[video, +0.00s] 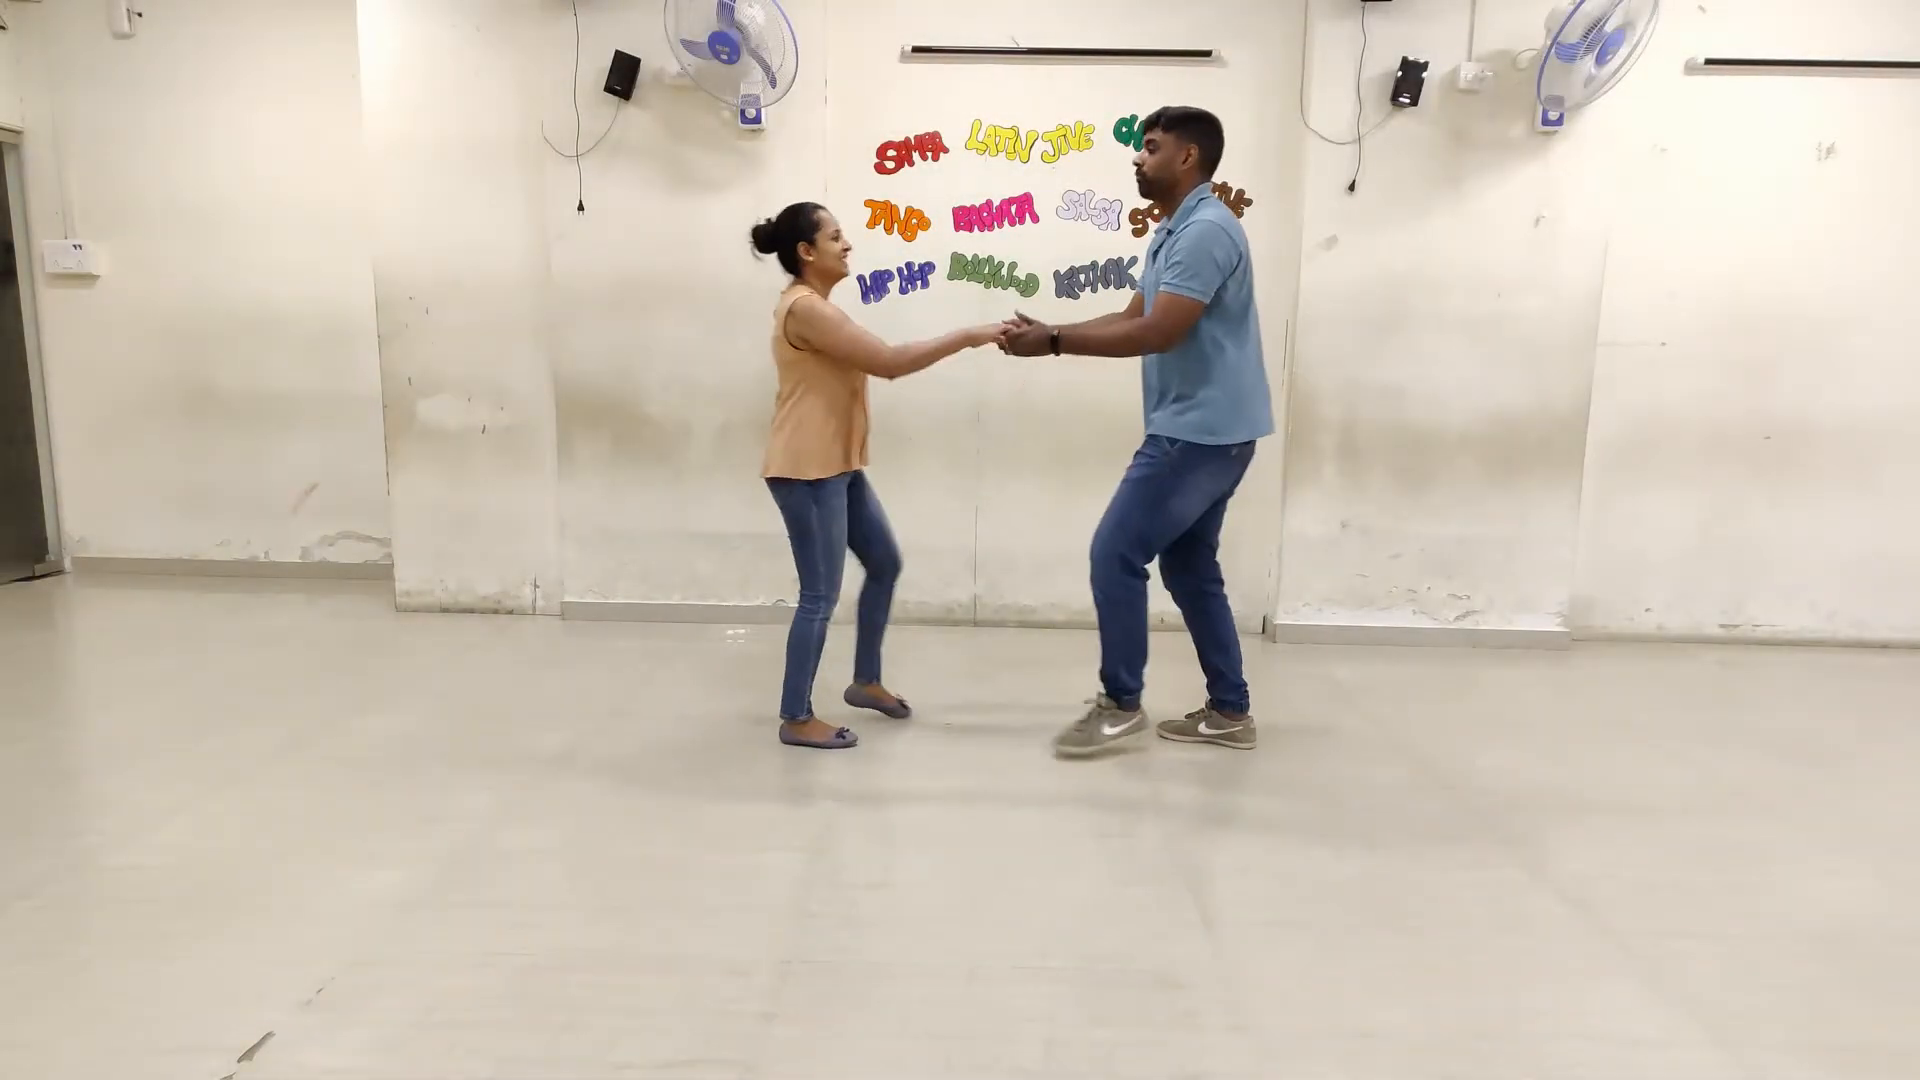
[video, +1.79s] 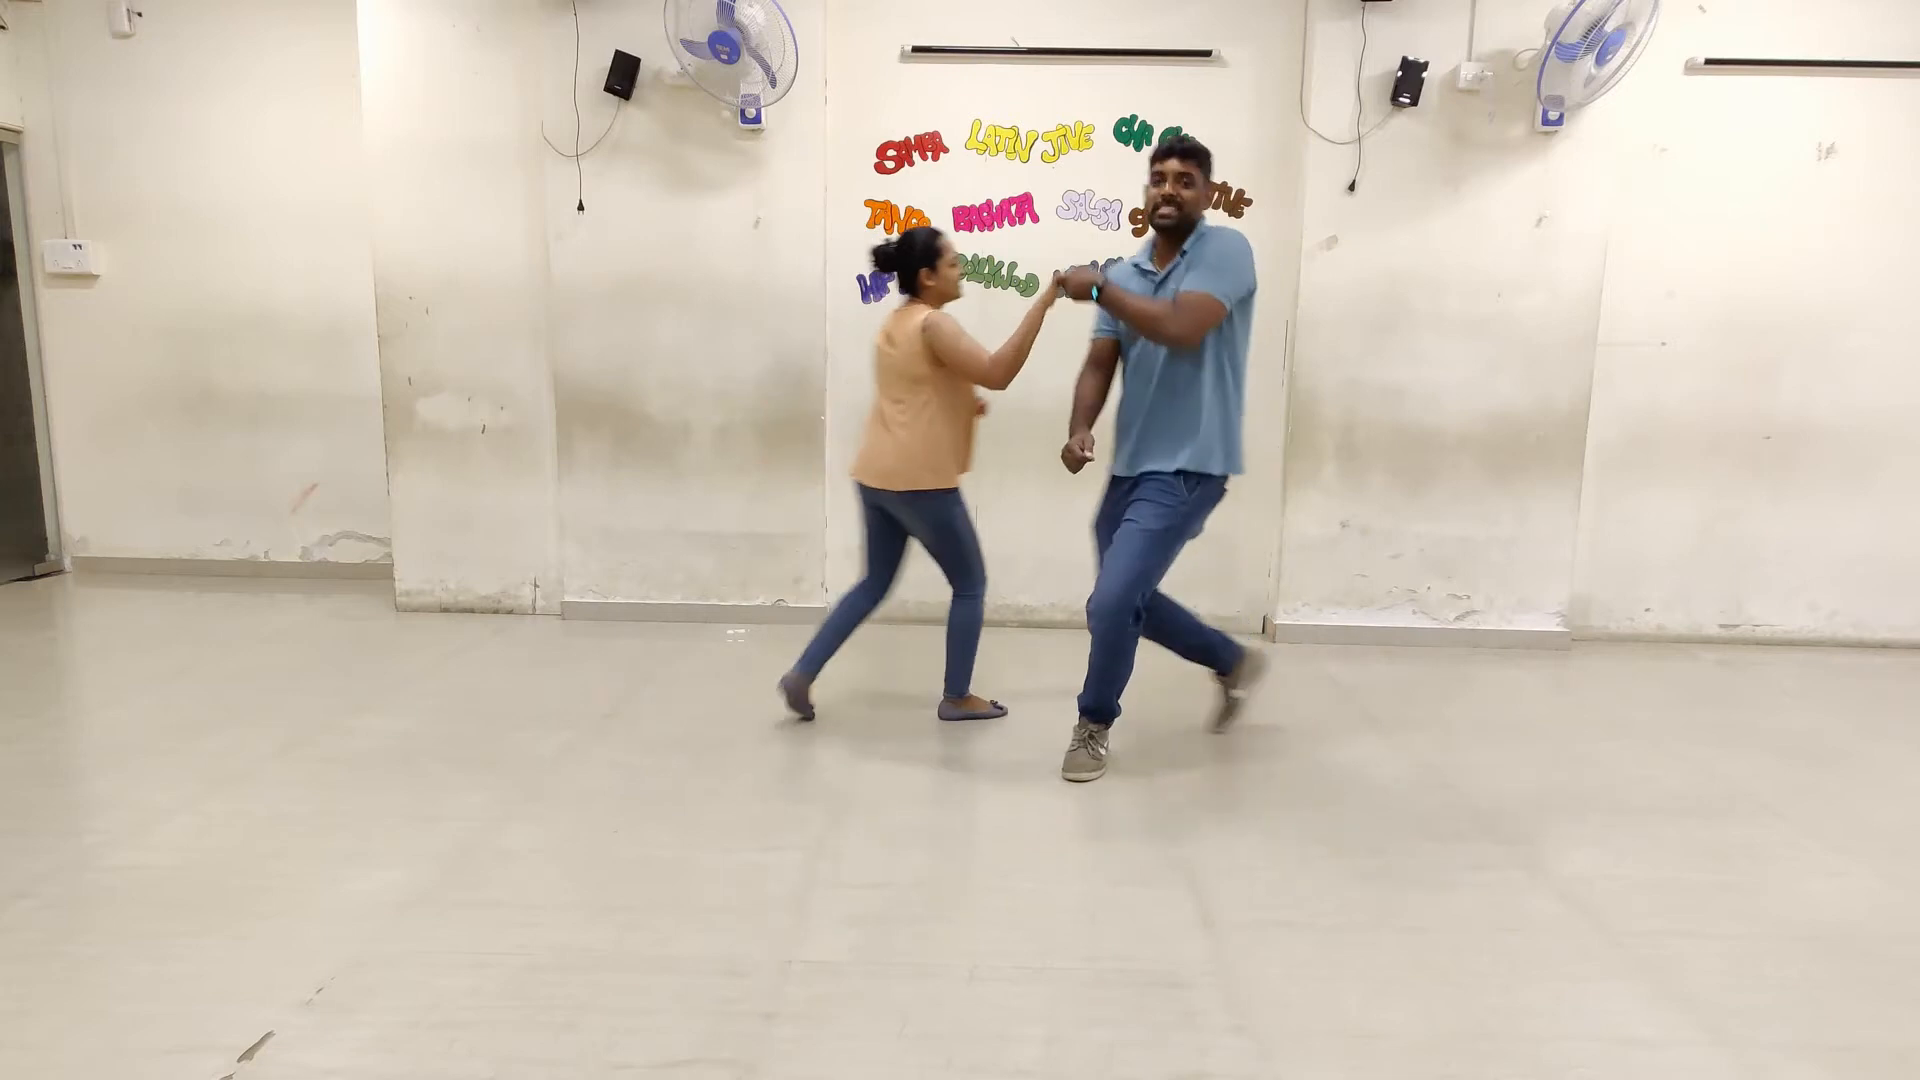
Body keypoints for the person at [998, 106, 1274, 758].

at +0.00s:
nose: (1138, 159)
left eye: (1152, 149)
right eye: (1142, 148)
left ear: (1191, 158)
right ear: (1182, 160)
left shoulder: (1204, 228)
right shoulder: (1175, 230)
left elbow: (1161, 331)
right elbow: (1135, 321)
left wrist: (1056, 338)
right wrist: (1050, 335)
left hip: (1199, 432)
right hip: (1206, 430)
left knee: (1115, 551)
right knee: (1189, 568)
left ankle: (1120, 705)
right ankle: (1229, 711)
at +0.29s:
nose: (1084, 180)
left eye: (1097, 170)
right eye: (1087, 169)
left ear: (1134, 182)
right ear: (1129, 183)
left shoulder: (1147, 256)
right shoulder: (1133, 252)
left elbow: (1147, 367)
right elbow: (1110, 361)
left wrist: (1057, 412)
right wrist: (1047, 402)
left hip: (1135, 451)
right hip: (1149, 448)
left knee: (1060, 573)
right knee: (1117, 579)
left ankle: (1085, 713)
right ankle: (1213, 693)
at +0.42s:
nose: (1055, 166)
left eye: (1067, 156)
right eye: (1058, 155)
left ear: (1104, 166)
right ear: (1101, 168)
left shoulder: (1116, 236)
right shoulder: (1116, 228)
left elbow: (1137, 340)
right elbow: (1129, 337)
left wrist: (1040, 364)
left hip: (1112, 437)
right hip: (1117, 433)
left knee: (1057, 569)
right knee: (1077, 557)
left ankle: (1086, 713)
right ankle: (1159, 667)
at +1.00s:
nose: (1135, 192)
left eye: (1151, 184)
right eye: (1140, 180)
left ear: (1191, 200)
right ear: (1156, 190)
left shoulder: (1207, 269)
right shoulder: (1157, 268)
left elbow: (1176, 371)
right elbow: (1108, 349)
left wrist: (1071, 394)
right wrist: (1030, 387)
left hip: (1183, 460)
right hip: (1166, 456)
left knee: (1087, 570)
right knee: (1157, 587)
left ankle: (1079, 712)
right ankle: (1251, 697)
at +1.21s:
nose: (1178, 176)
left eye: (1192, 168)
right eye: (1182, 165)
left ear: (1229, 180)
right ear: (1225, 182)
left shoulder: (1232, 240)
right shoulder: (1242, 240)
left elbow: (1160, 334)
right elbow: (1202, 348)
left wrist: (1063, 323)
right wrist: (1130, 392)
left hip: (1232, 438)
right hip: (1262, 438)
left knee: (1149, 560)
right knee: (1209, 571)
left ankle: (1157, 721)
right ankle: (1259, 708)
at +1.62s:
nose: (1174, 196)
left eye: (1189, 188)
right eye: (1176, 186)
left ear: (1231, 202)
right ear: (1183, 197)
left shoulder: (1246, 262)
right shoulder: (1185, 275)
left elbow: (1199, 357)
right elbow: (1161, 356)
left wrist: (1112, 334)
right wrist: (1115, 411)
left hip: (1240, 460)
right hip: (1199, 459)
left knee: (1146, 582)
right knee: (1196, 595)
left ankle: (1102, 720)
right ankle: (1282, 703)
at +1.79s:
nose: (1169, 190)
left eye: (1185, 181)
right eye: (1160, 179)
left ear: (1207, 194)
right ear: (1146, 190)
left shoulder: (1225, 249)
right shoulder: (1121, 273)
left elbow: (1184, 327)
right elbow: (1099, 363)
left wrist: (1100, 287)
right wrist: (1080, 426)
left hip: (1190, 463)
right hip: (1131, 462)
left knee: (1112, 602)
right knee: (1120, 601)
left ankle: (1093, 724)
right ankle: (1233, 661)